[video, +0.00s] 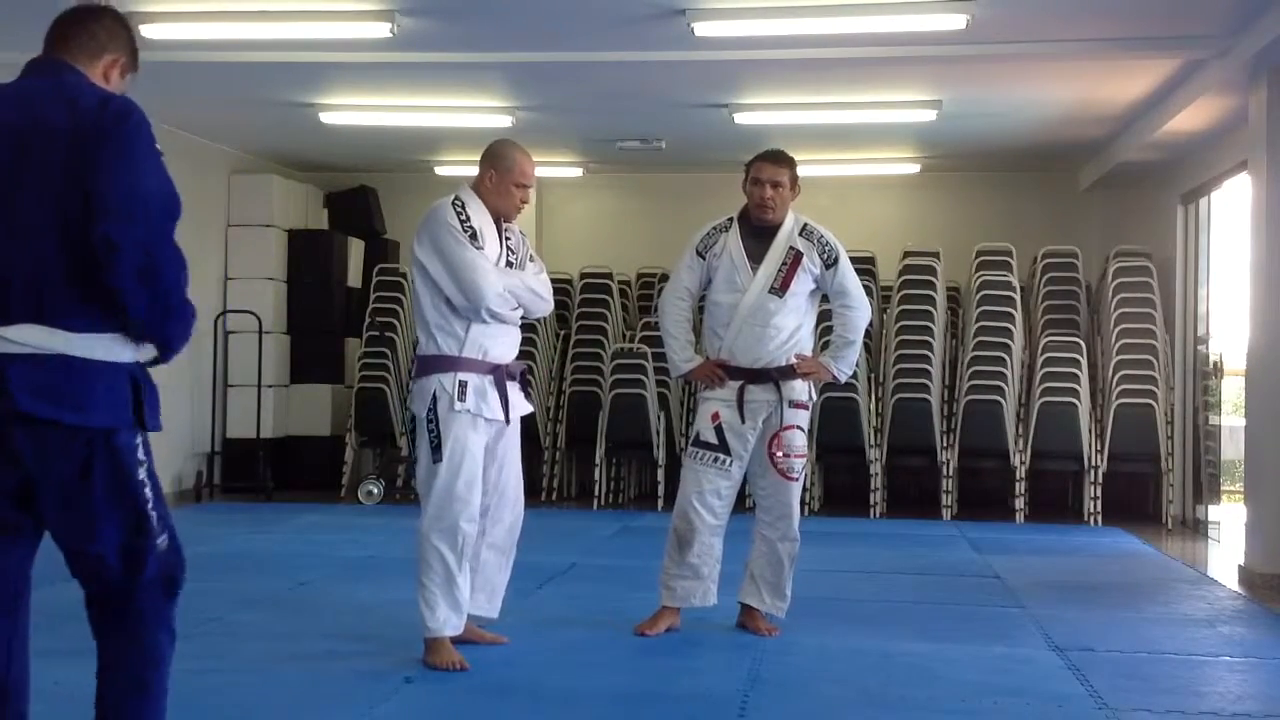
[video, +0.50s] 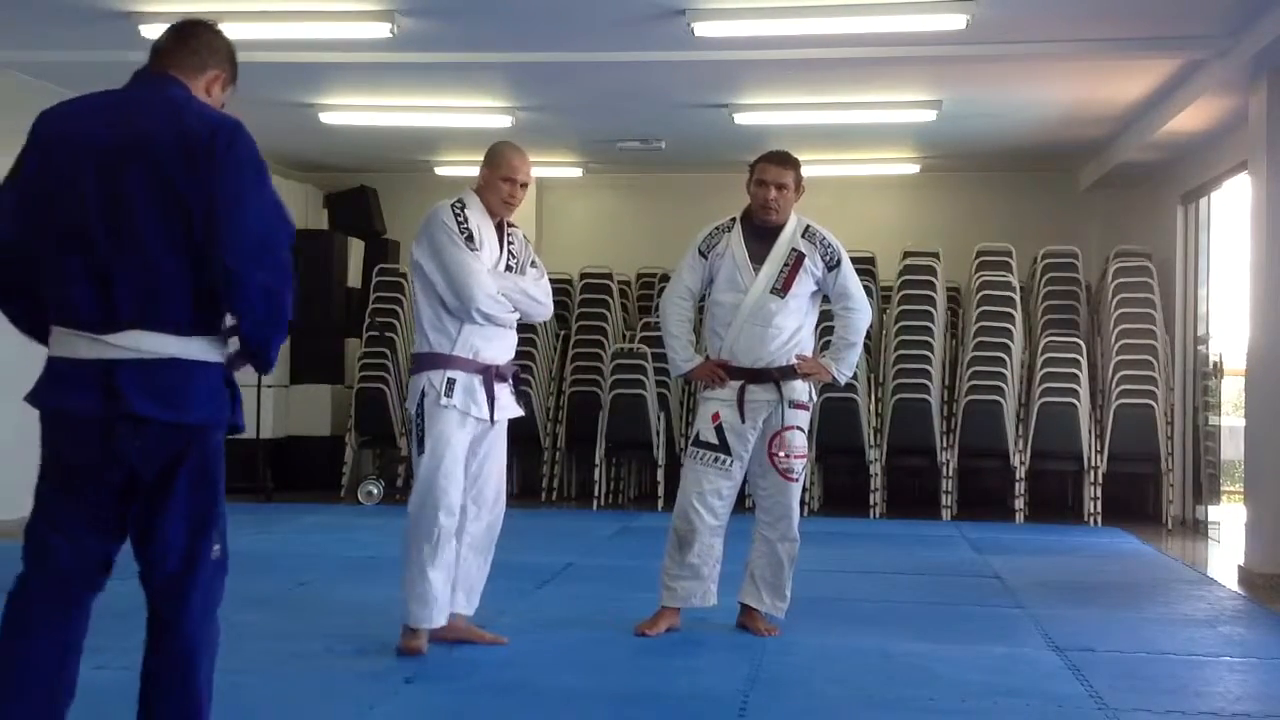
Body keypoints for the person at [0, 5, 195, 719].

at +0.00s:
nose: (123, 92)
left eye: (126, 82)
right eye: (129, 81)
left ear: (48, 54)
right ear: (111, 68)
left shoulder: (4, 106)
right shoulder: (110, 122)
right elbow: (138, 241)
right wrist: (171, 329)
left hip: (4, 388)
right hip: (76, 395)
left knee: (3, 594)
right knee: (140, 583)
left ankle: (11, 704)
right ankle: (130, 711)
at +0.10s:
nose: (141, 99)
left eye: (146, 90)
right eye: (145, 88)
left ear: (66, 58)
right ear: (128, 73)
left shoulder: (6, 112)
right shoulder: (120, 124)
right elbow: (132, 246)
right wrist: (167, 332)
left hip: (7, 385)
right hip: (89, 392)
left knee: (5, 601)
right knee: (141, 599)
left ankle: (11, 707)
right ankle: (154, 718)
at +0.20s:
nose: (162, 113)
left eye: (166, 100)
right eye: (166, 97)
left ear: (88, 65)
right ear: (150, 77)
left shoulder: (9, 123)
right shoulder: (136, 133)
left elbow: (11, 249)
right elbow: (151, 260)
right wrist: (175, 343)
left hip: (11, 388)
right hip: (108, 394)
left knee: (13, 606)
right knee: (153, 607)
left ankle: (16, 710)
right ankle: (170, 714)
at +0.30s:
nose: (184, 116)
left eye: (187, 104)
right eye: (189, 101)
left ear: (114, 67)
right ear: (174, 83)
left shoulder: (15, 128)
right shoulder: (162, 141)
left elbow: (8, 257)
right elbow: (186, 267)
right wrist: (209, 341)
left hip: (24, 391)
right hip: (132, 398)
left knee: (24, 596)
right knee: (172, 599)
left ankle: (18, 712)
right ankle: (174, 717)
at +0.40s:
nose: (204, 113)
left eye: (207, 102)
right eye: (209, 100)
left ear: (134, 66)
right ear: (194, 82)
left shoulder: (33, 127)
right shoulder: (188, 137)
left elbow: (1, 261)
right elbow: (229, 256)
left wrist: (34, 345)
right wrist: (243, 340)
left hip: (52, 398)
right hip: (159, 404)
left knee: (36, 591)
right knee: (181, 596)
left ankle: (20, 711)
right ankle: (173, 715)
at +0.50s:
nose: (223, 109)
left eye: (224, 100)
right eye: (227, 98)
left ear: (151, 65)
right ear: (212, 82)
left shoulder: (58, 125)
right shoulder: (219, 139)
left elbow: (7, 250)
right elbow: (263, 257)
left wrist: (60, 330)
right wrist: (257, 345)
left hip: (74, 396)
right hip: (181, 402)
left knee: (53, 580)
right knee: (185, 593)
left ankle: (25, 709)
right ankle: (175, 714)